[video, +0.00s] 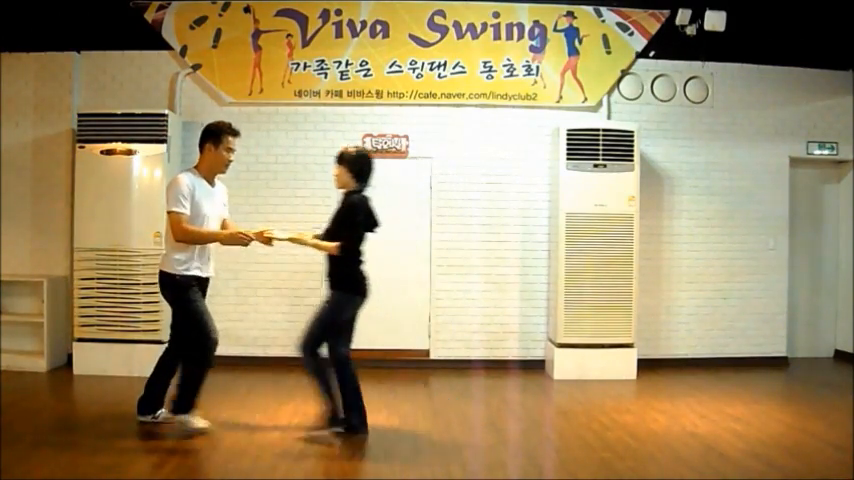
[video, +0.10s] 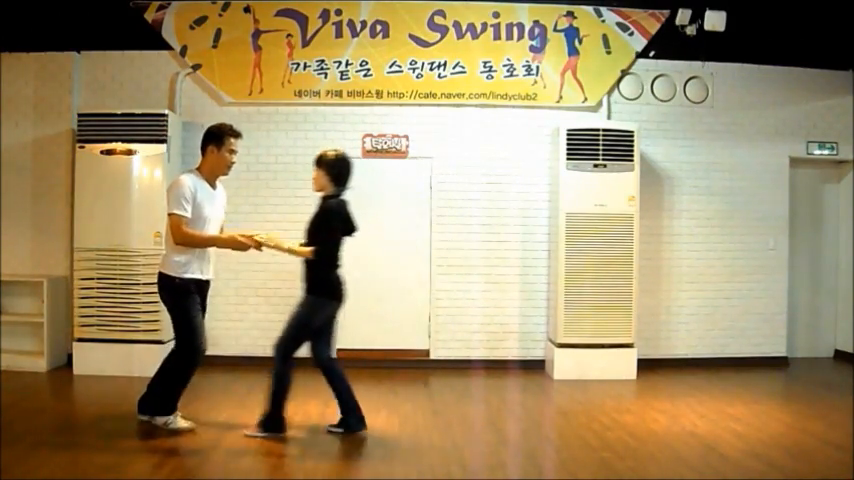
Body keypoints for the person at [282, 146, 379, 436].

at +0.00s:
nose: (335, 173)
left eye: (339, 169)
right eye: (337, 168)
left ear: (351, 173)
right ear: (356, 174)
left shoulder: (353, 204)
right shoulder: (356, 202)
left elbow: (339, 247)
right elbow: (334, 241)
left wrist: (307, 240)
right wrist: (307, 238)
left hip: (345, 291)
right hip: (350, 289)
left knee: (309, 345)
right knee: (339, 352)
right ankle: (355, 421)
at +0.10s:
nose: (313, 176)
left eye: (317, 171)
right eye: (315, 171)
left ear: (329, 176)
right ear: (335, 176)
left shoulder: (331, 208)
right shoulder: (334, 205)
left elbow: (319, 253)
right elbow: (318, 250)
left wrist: (278, 245)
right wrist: (280, 245)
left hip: (320, 295)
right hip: (327, 293)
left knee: (284, 349)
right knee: (323, 357)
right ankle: (353, 418)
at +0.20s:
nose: (292, 177)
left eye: (296, 172)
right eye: (294, 171)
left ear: (307, 178)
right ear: (313, 178)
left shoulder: (308, 211)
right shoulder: (314, 208)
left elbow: (296, 256)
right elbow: (298, 254)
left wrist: (260, 249)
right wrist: (264, 249)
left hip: (297, 295)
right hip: (305, 294)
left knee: (263, 351)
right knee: (288, 356)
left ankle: (269, 422)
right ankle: (338, 403)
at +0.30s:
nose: (275, 175)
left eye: (279, 170)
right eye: (278, 169)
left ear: (290, 176)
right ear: (297, 177)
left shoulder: (290, 210)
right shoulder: (299, 207)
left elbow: (280, 256)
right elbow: (282, 252)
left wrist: (248, 250)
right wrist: (253, 246)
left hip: (282, 294)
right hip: (289, 292)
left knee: (253, 351)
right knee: (258, 350)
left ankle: (268, 421)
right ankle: (306, 395)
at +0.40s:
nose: (262, 171)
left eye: (267, 167)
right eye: (265, 166)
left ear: (278, 173)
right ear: (284, 174)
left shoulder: (279, 207)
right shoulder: (286, 203)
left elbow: (278, 254)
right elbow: (276, 249)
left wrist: (246, 247)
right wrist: (250, 240)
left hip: (273, 290)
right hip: (278, 288)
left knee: (243, 350)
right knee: (248, 349)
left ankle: (266, 418)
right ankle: (276, 410)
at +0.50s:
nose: (255, 170)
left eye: (260, 167)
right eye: (257, 166)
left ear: (271, 173)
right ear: (276, 173)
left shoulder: (272, 206)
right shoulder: (281, 202)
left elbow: (278, 251)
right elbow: (284, 247)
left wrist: (245, 246)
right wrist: (249, 240)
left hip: (267, 289)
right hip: (273, 287)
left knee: (237, 349)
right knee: (245, 349)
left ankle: (265, 415)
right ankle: (274, 411)